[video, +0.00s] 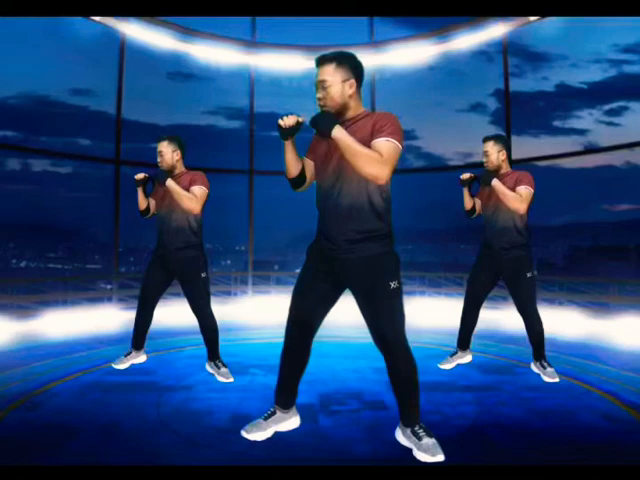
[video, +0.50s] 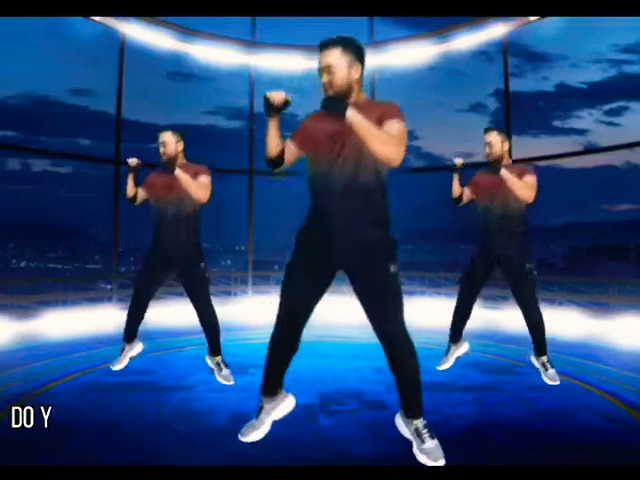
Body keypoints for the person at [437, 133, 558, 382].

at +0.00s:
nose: (484, 159)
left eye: (488, 154)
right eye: (484, 154)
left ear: (502, 154)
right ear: (493, 156)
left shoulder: (522, 177)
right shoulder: (486, 184)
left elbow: (521, 206)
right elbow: (471, 211)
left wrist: (493, 182)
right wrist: (466, 188)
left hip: (517, 254)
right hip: (490, 254)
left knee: (528, 309)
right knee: (472, 300)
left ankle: (540, 360)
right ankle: (462, 350)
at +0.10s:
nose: (485, 159)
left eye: (488, 154)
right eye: (484, 154)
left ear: (503, 154)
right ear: (493, 156)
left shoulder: (522, 177)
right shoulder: (487, 184)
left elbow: (521, 206)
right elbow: (471, 211)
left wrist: (494, 182)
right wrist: (465, 188)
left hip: (517, 254)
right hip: (490, 254)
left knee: (528, 309)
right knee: (470, 301)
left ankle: (540, 360)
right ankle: (462, 350)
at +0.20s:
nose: (485, 161)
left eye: (489, 157)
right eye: (484, 157)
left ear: (503, 158)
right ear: (493, 159)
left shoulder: (521, 181)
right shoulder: (485, 189)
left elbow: (522, 209)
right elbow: (469, 214)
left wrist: (494, 184)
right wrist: (463, 190)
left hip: (517, 257)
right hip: (489, 257)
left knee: (528, 312)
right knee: (464, 301)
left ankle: (540, 360)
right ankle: (461, 351)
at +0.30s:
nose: (485, 169)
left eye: (489, 164)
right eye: (484, 164)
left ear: (504, 165)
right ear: (489, 167)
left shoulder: (522, 191)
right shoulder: (483, 197)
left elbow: (524, 220)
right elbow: (462, 220)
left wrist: (498, 195)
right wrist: (457, 196)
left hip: (516, 266)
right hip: (487, 265)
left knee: (530, 320)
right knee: (457, 305)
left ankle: (540, 362)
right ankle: (461, 351)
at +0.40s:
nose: (486, 164)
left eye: (490, 159)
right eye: (485, 160)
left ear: (505, 161)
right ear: (489, 162)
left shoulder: (522, 186)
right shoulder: (482, 193)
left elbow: (527, 215)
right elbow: (460, 215)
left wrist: (501, 189)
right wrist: (456, 189)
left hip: (516, 264)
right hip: (486, 262)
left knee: (530, 318)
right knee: (459, 302)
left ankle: (540, 362)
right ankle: (460, 350)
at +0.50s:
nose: (488, 149)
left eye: (491, 144)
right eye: (486, 145)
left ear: (506, 145)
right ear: (485, 147)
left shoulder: (523, 173)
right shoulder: (482, 177)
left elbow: (528, 196)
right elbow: (459, 200)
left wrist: (504, 172)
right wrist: (456, 174)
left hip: (515, 246)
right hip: (488, 245)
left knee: (528, 303)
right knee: (467, 291)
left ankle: (541, 357)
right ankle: (455, 342)